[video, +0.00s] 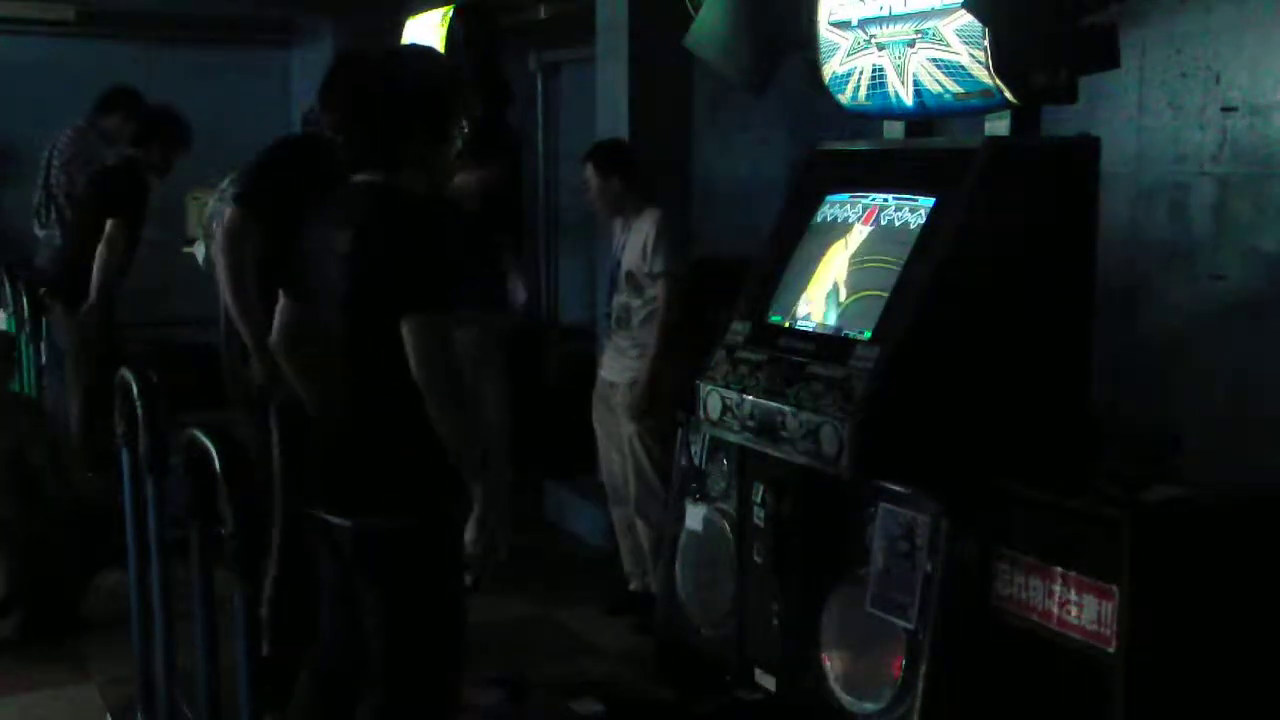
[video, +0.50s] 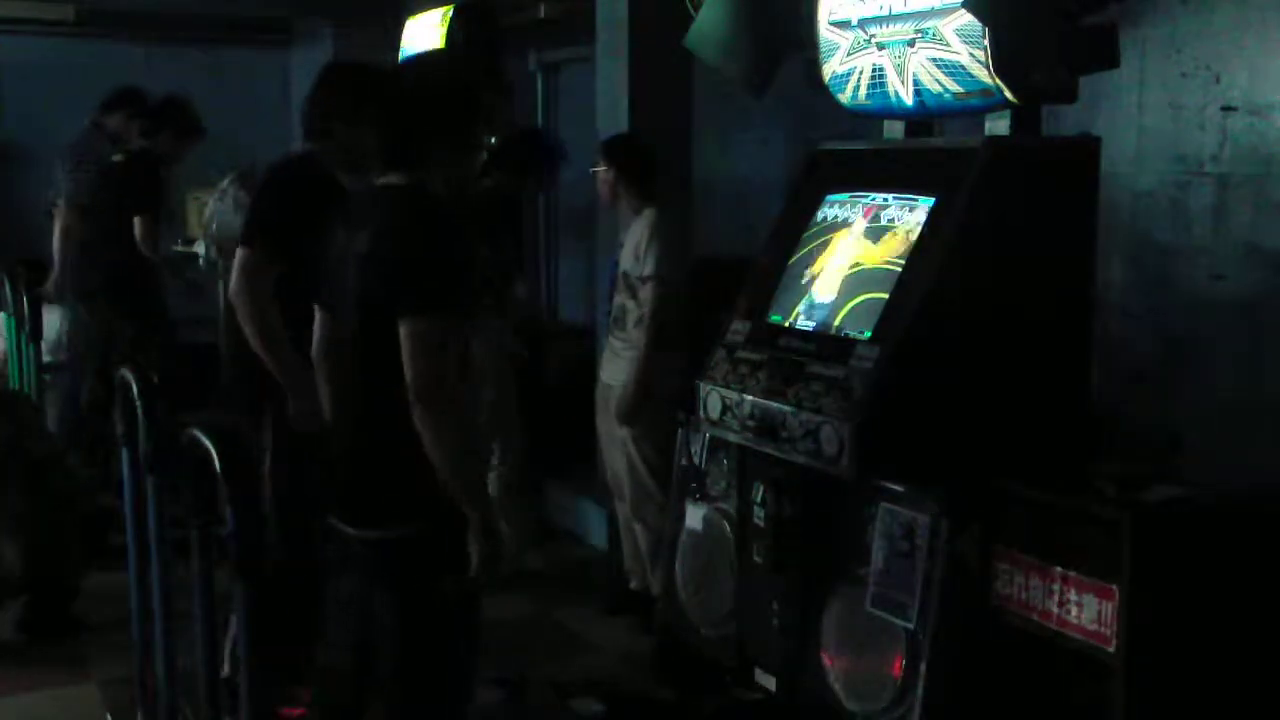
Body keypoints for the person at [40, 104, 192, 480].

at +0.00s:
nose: (171, 165)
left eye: (175, 155)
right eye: (170, 152)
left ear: (140, 138)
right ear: (157, 145)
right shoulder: (129, 177)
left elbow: (110, 241)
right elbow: (111, 243)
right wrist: (97, 303)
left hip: (57, 286)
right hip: (79, 296)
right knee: (85, 384)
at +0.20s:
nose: (171, 164)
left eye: (175, 154)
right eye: (170, 152)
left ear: (141, 140)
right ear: (156, 145)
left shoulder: (114, 172)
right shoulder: (126, 177)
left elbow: (111, 244)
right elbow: (114, 243)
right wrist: (111, 310)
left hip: (72, 297)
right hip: (85, 302)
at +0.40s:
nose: (175, 161)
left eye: (179, 152)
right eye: (176, 150)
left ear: (142, 129)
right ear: (162, 138)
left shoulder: (91, 159)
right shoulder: (136, 168)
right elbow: (135, 238)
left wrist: (57, 280)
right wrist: (153, 283)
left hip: (68, 301)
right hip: (109, 304)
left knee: (72, 417)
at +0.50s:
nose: (175, 159)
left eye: (179, 150)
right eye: (175, 148)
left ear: (135, 127)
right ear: (159, 134)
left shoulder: (83, 157)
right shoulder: (141, 167)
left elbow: (63, 223)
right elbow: (147, 241)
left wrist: (59, 275)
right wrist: (173, 258)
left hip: (79, 299)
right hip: (125, 300)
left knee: (80, 407)